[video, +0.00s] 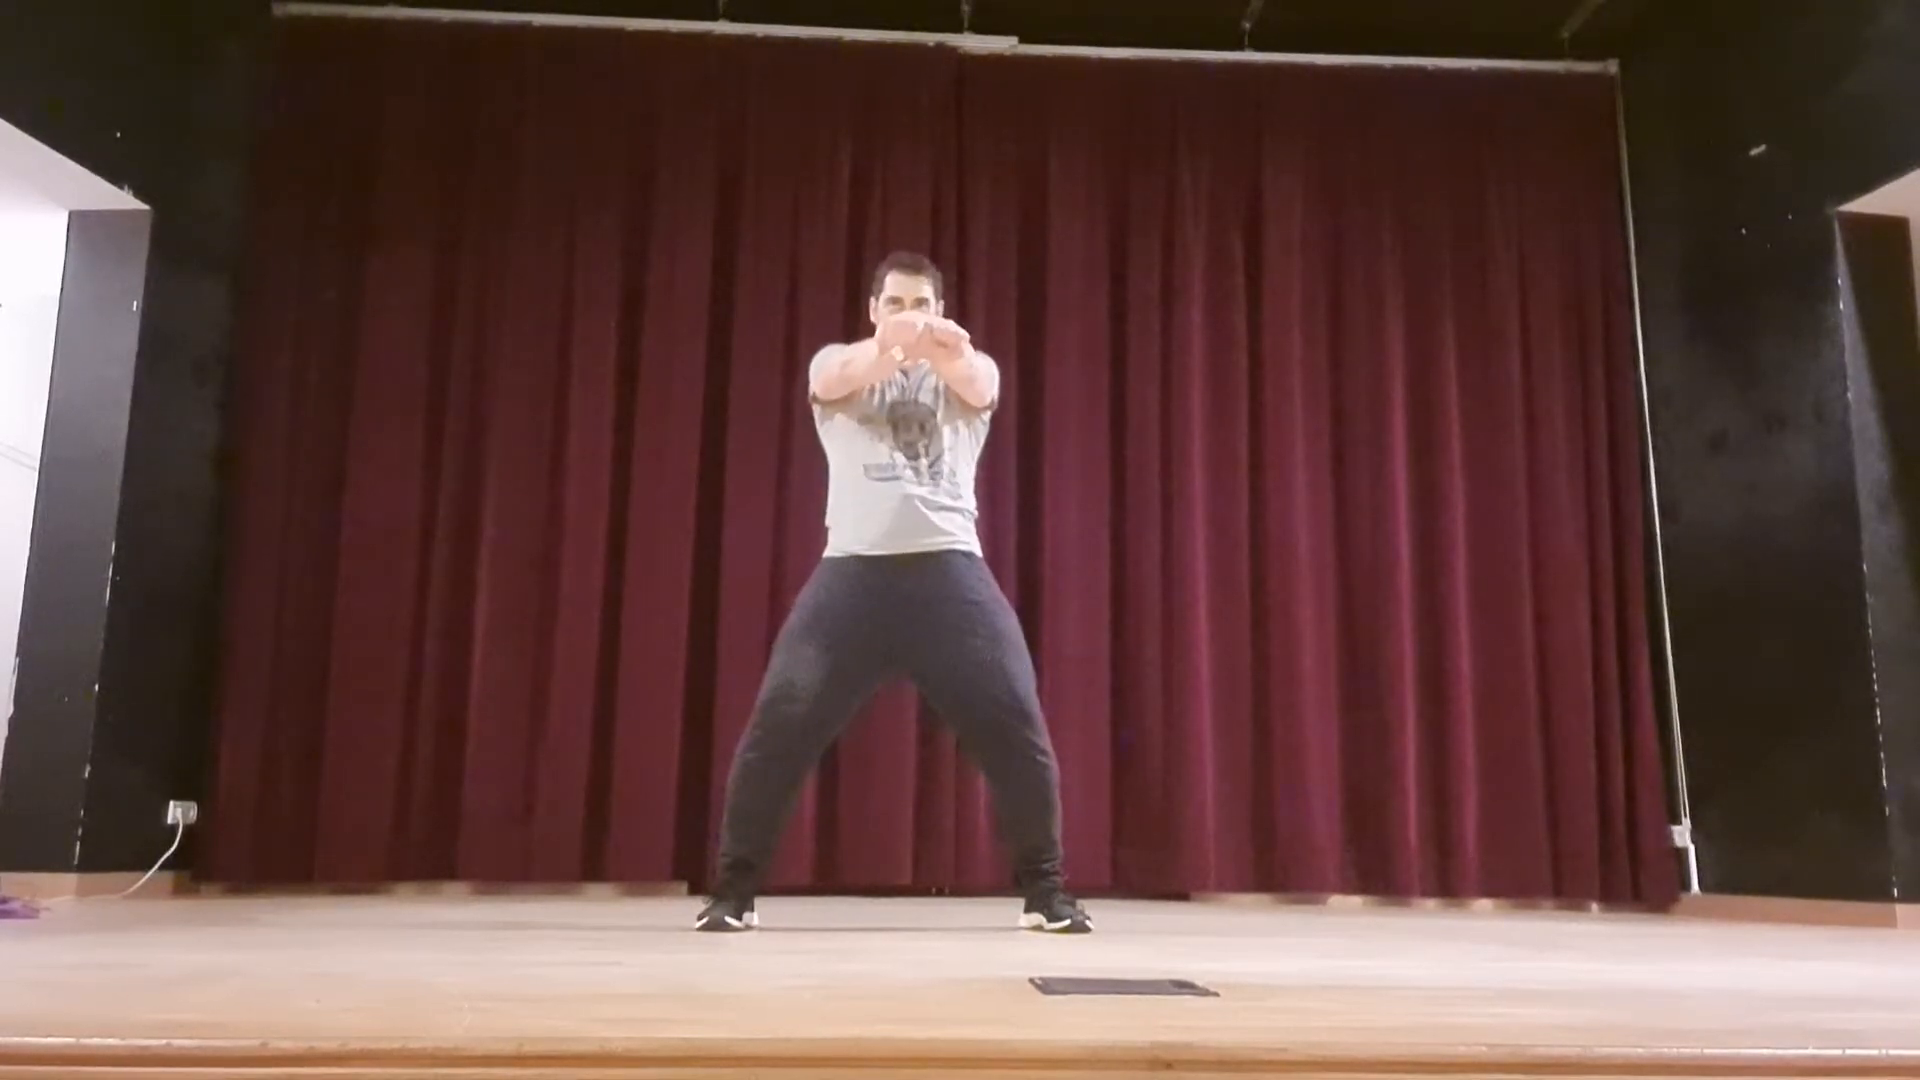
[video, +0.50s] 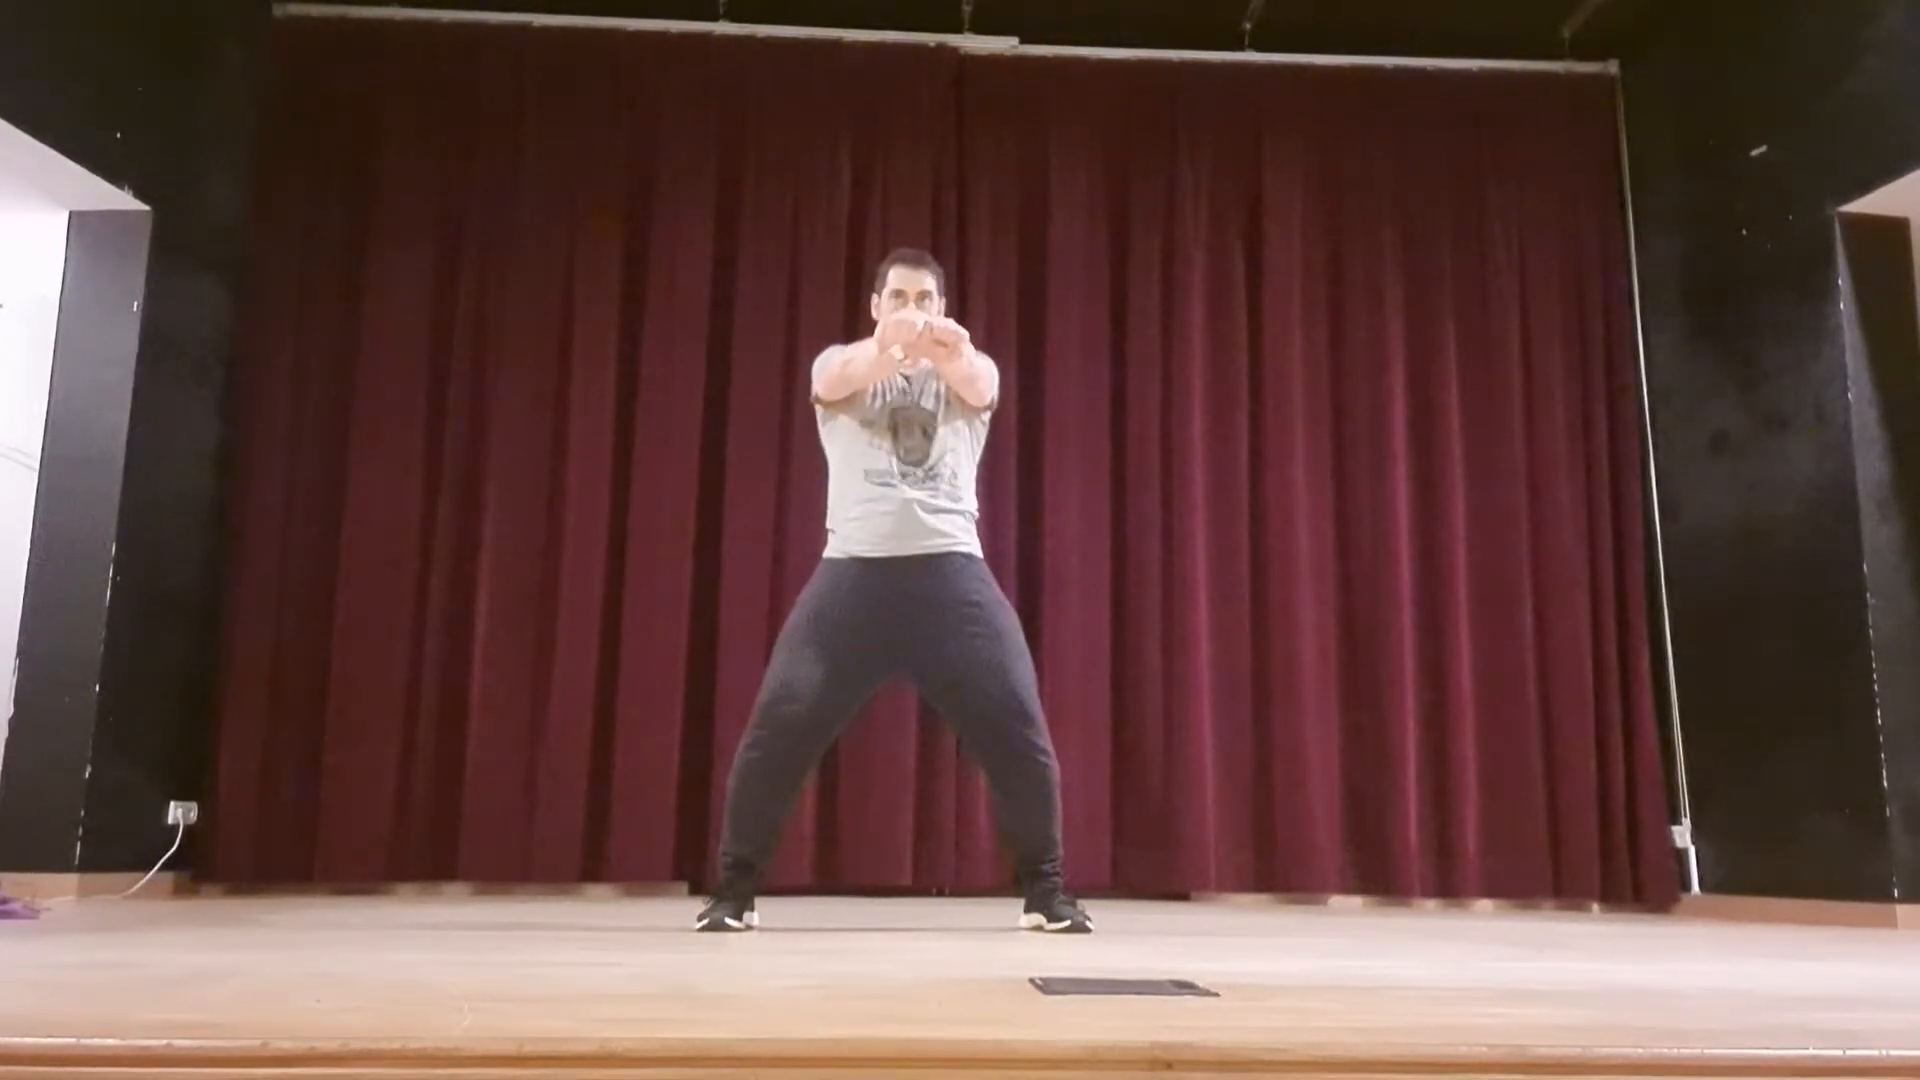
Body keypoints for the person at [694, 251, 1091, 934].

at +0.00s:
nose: (907, 315)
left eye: (920, 304)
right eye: (896, 303)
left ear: (939, 310)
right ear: (872, 308)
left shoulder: (973, 369)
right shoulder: (836, 361)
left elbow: (978, 392)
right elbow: (829, 385)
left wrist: (952, 357)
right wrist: (888, 351)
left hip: (950, 572)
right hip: (852, 572)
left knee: (1015, 721)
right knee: (783, 714)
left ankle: (1046, 891)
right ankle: (733, 893)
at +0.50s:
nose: (910, 310)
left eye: (923, 299)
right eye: (899, 298)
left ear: (942, 307)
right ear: (874, 305)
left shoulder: (972, 368)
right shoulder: (840, 361)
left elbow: (979, 389)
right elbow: (831, 385)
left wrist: (954, 356)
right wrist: (888, 353)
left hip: (951, 574)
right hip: (852, 573)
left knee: (1018, 725)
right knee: (781, 719)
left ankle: (1046, 889)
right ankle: (733, 891)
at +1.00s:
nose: (914, 302)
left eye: (926, 293)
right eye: (902, 291)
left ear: (945, 307)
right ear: (877, 304)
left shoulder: (973, 372)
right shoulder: (845, 363)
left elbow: (981, 394)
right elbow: (835, 388)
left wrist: (955, 356)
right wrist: (890, 355)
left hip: (954, 573)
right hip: (855, 573)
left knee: (1017, 727)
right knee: (784, 719)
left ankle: (1046, 890)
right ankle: (734, 892)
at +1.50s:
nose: (908, 305)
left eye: (921, 296)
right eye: (896, 294)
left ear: (939, 308)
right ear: (872, 305)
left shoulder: (966, 374)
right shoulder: (840, 366)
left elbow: (975, 401)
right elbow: (829, 392)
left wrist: (949, 360)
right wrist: (889, 361)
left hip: (952, 574)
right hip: (852, 575)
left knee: (1017, 727)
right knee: (783, 722)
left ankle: (1045, 891)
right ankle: (734, 894)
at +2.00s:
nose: (898, 297)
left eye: (911, 289)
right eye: (885, 286)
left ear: (929, 304)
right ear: (862, 298)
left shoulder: (952, 366)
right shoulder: (827, 358)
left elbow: (964, 391)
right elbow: (819, 383)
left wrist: (939, 346)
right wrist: (880, 349)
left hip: (941, 568)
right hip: (841, 572)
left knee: (1020, 716)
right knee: (778, 717)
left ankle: (1043, 879)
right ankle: (734, 890)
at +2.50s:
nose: (875, 295)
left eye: (888, 286)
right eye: (864, 283)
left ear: (907, 300)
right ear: (839, 293)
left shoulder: (932, 359)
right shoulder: (802, 360)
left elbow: (947, 388)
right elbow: (803, 384)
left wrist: (913, 358)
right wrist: (852, 357)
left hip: (930, 571)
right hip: (827, 578)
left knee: (1020, 711)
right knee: (767, 712)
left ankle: (1048, 869)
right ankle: (733, 889)